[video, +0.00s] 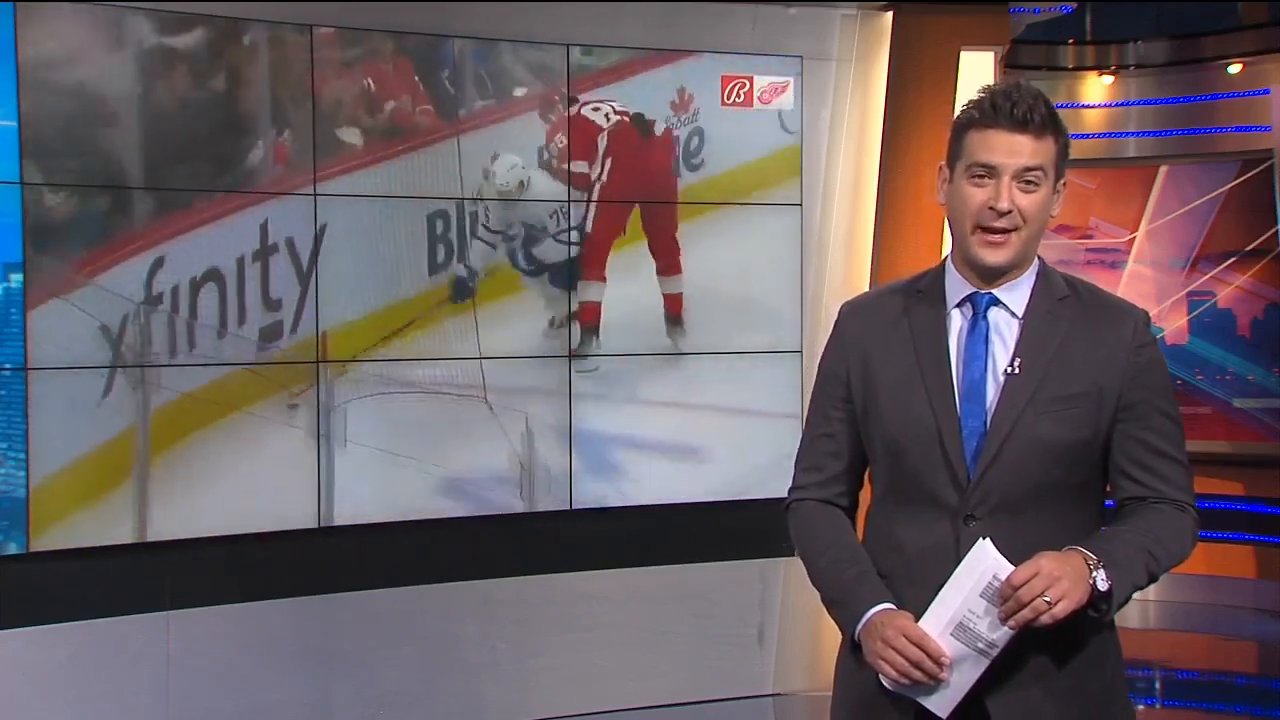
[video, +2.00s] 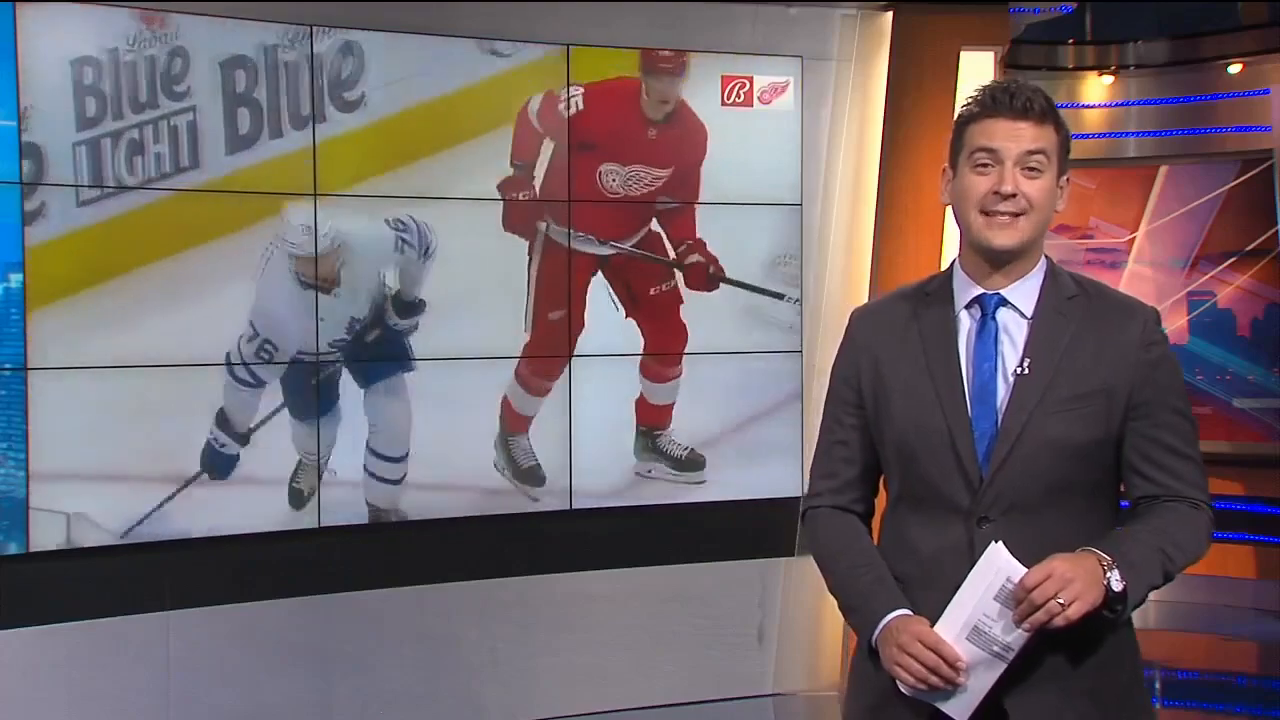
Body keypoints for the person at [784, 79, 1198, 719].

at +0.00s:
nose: (1001, 202)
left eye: (1027, 181)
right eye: (980, 175)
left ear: (1056, 197)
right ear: (945, 185)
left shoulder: (1118, 336)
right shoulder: (865, 328)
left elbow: (1166, 509)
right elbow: (816, 499)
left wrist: (1092, 566)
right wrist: (869, 614)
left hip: (1054, 691)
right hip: (892, 687)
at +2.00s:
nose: (1007, 185)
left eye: (1032, 168)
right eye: (984, 164)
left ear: (1060, 193)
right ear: (949, 186)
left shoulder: (1127, 332)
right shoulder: (876, 332)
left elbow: (1181, 507)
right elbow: (831, 506)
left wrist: (1107, 566)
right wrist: (885, 620)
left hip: (1071, 690)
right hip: (907, 687)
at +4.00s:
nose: (1004, 189)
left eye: (1029, 171)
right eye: (982, 164)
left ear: (1056, 196)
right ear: (946, 183)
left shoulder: (1119, 335)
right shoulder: (866, 326)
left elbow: (1167, 509)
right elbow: (816, 500)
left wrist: (1095, 571)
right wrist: (872, 619)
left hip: (1056, 691)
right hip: (893, 687)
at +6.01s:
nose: (1010, 192)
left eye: (1035, 174)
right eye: (989, 167)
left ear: (1058, 197)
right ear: (949, 183)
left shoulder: (1119, 337)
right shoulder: (865, 327)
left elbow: (1158, 508)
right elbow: (817, 499)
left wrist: (1113, 554)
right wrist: (869, 617)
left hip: (1057, 692)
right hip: (891, 687)